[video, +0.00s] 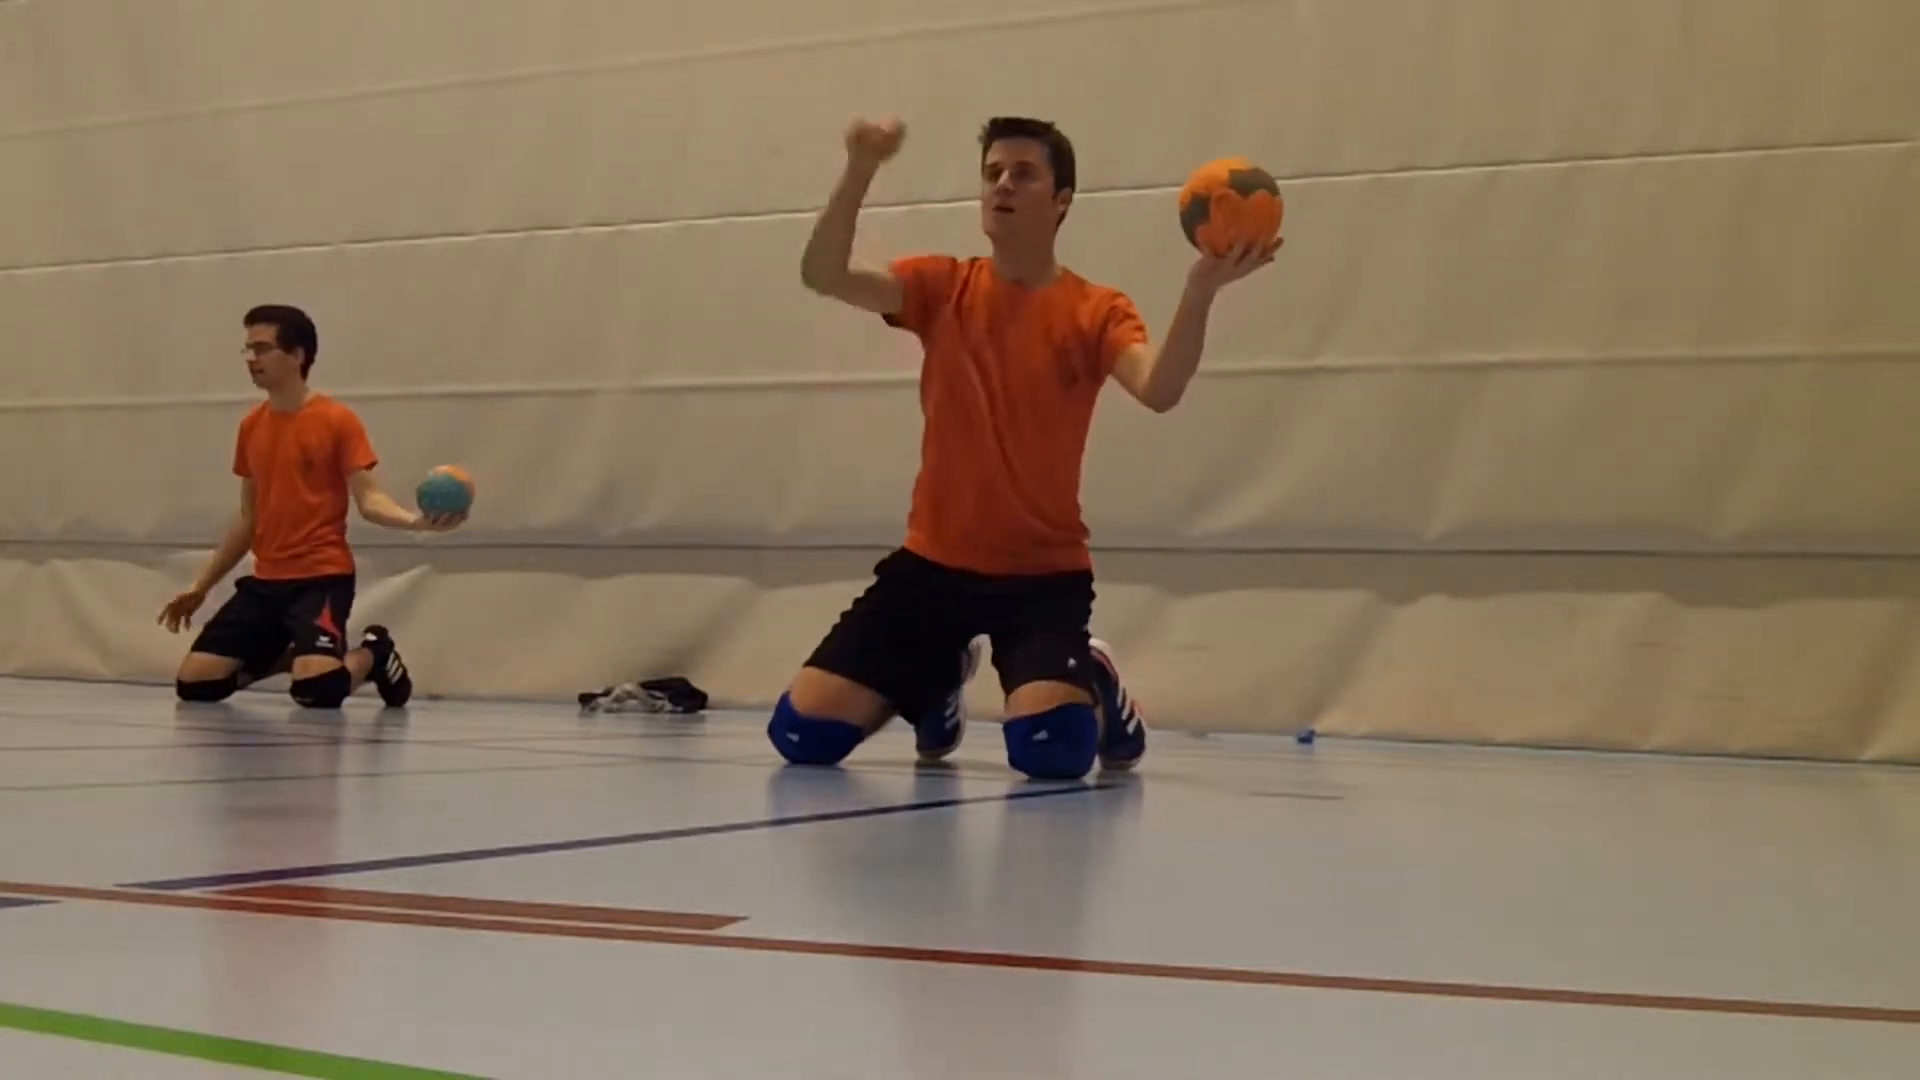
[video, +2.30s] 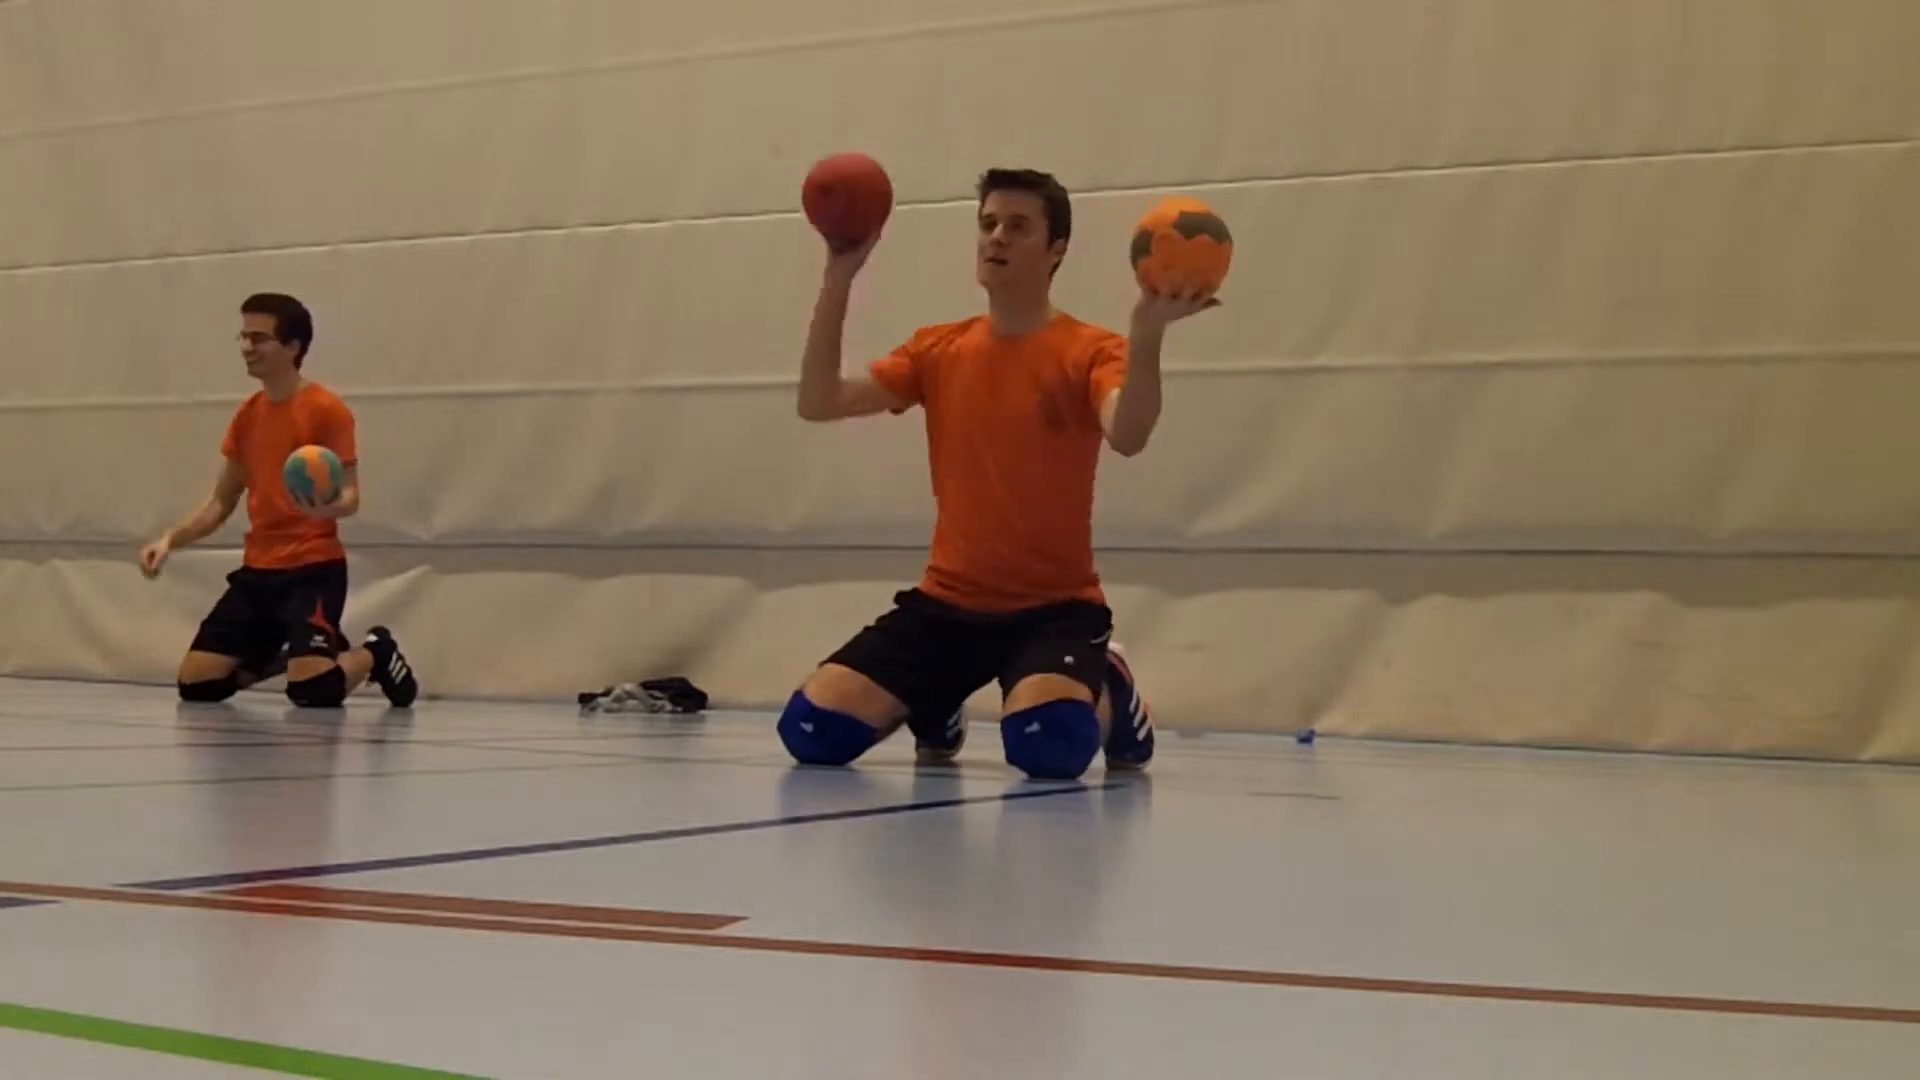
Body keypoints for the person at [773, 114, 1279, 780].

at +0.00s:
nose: (1004, 185)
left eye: (1024, 174)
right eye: (994, 173)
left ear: (1062, 202)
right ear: (979, 194)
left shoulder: (1093, 311)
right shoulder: (942, 287)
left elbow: (1160, 389)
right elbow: (824, 272)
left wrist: (1203, 287)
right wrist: (857, 171)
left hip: (1043, 575)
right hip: (932, 566)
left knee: (1046, 753)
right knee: (800, 737)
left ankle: (1096, 681)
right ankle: (935, 672)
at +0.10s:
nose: (1000, 181)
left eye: (1021, 168)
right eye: (990, 170)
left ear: (1059, 198)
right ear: (975, 194)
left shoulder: (1093, 309)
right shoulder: (937, 290)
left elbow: (1167, 388)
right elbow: (815, 353)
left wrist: (1217, 290)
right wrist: (861, 271)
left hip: (1045, 573)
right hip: (933, 565)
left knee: (1047, 755)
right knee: (800, 739)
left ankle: (1095, 680)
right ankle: (931, 674)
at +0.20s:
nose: (990, 190)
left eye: (1012, 177)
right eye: (981, 179)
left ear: (1053, 205)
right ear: (970, 202)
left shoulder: (1094, 316)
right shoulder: (937, 308)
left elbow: (1174, 401)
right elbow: (832, 418)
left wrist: (1226, 310)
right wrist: (836, 357)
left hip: (1050, 582)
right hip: (938, 575)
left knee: (1051, 755)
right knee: (800, 739)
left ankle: (1100, 679)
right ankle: (939, 677)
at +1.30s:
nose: (978, 230)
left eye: (998, 215)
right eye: (970, 218)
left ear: (1045, 235)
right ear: (962, 238)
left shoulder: (1098, 344)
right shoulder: (939, 337)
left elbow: (1165, 449)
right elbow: (904, 472)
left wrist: (1210, 394)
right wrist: (823, 459)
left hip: (1062, 597)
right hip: (954, 593)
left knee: (1048, 753)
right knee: (811, 736)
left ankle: (1116, 683)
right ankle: (934, 688)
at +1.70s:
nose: (955, 250)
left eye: (973, 234)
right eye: (945, 239)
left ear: (1016, 251)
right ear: (937, 256)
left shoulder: (1055, 355)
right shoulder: (942, 349)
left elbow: (1075, 472)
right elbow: (940, 462)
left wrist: (1101, 379)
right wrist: (880, 417)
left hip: (1019, 607)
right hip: (919, 605)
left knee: (1042, 751)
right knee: (783, 733)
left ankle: (1092, 685)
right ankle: (923, 684)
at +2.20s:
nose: (980, 249)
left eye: (999, 234)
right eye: (971, 235)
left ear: (1042, 252)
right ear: (962, 247)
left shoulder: (1077, 346)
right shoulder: (951, 360)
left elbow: (1112, 431)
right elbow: (859, 456)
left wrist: (1124, 326)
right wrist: (848, 340)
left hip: (1050, 610)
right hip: (945, 607)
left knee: (1054, 749)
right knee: (814, 734)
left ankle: (1106, 689)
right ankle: (932, 691)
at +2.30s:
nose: (996, 238)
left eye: (1018, 227)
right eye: (987, 224)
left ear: (1056, 250)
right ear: (975, 241)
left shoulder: (1091, 352)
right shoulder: (940, 351)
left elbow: (1129, 436)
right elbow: (819, 401)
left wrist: (1149, 329)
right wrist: (838, 274)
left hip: (1056, 609)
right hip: (948, 604)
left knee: (1046, 749)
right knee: (809, 736)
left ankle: (1110, 688)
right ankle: (928, 692)